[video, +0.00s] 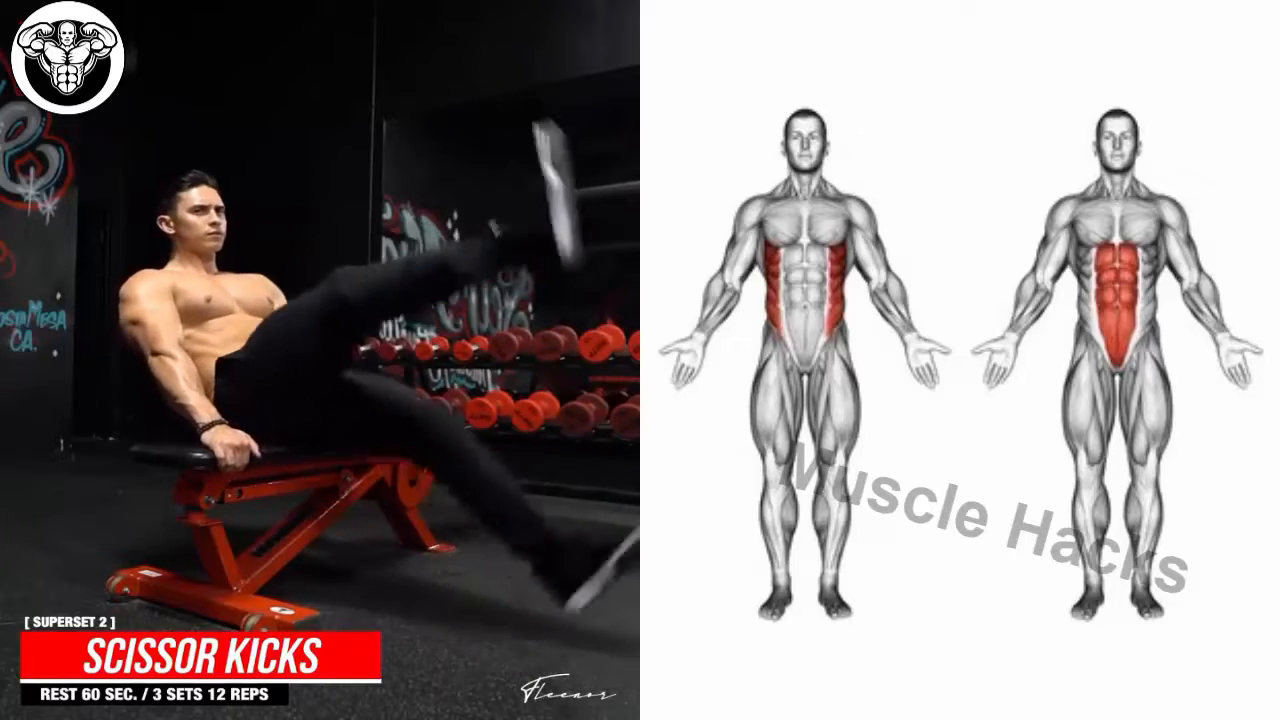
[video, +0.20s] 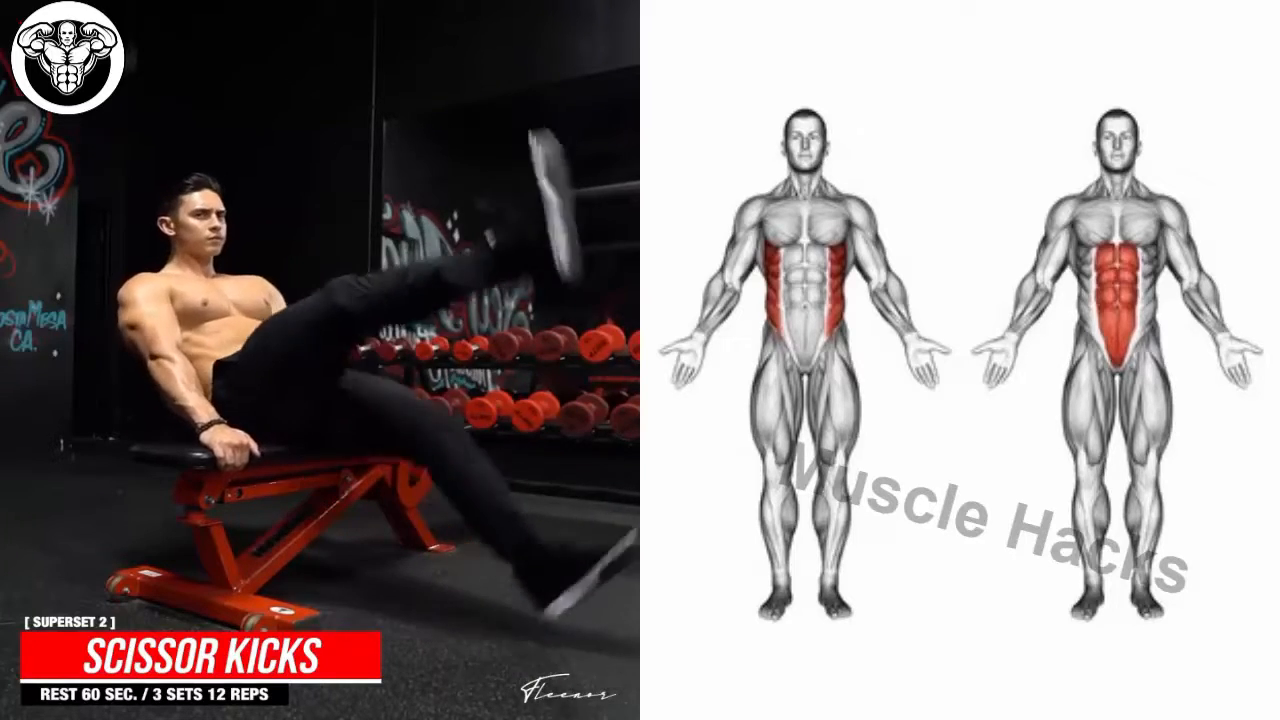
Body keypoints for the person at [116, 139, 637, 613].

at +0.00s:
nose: (215, 221)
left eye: (218, 211)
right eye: (200, 212)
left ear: (223, 220)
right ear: (168, 223)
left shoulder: (258, 284)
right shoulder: (147, 286)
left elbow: (310, 341)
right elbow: (166, 357)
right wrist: (211, 423)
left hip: (311, 397)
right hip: (248, 396)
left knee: (435, 425)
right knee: (341, 293)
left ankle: (560, 562)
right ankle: (516, 247)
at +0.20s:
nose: (215, 225)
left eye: (220, 216)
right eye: (200, 215)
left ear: (225, 225)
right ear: (168, 225)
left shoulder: (257, 286)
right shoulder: (145, 288)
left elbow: (309, 343)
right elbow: (165, 358)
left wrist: (344, 400)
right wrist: (210, 424)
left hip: (308, 394)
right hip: (244, 397)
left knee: (434, 424)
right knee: (338, 299)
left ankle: (541, 570)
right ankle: (520, 256)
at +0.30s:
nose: (210, 227)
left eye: (214, 218)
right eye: (195, 218)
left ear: (218, 229)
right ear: (162, 231)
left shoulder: (250, 290)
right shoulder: (142, 294)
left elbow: (306, 349)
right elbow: (163, 361)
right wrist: (208, 425)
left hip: (298, 395)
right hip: (237, 395)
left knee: (432, 396)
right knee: (348, 329)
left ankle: (573, 492)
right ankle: (528, 350)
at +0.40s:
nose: (209, 228)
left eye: (211, 219)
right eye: (193, 219)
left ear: (214, 232)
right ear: (161, 233)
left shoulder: (248, 293)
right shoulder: (142, 294)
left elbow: (307, 350)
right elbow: (166, 362)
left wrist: (368, 400)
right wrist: (208, 425)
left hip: (298, 385)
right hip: (238, 401)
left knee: (429, 346)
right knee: (371, 368)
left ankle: (593, 388)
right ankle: (540, 470)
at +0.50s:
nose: (209, 229)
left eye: (212, 220)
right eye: (195, 221)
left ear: (216, 230)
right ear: (164, 233)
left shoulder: (252, 295)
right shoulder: (145, 293)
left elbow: (314, 355)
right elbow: (167, 360)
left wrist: (374, 385)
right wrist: (209, 424)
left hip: (301, 379)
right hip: (245, 390)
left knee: (400, 316)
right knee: (370, 419)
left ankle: (559, 286)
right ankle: (521, 552)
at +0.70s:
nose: (223, 223)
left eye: (226, 215)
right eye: (209, 214)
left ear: (229, 225)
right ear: (176, 227)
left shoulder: (261, 287)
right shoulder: (155, 290)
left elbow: (320, 350)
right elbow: (171, 357)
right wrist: (209, 424)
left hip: (305, 375)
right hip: (251, 389)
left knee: (383, 292)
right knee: (375, 412)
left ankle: (527, 217)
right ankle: (514, 549)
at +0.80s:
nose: (226, 226)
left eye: (230, 217)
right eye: (212, 216)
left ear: (233, 226)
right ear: (180, 226)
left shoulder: (263, 287)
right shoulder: (156, 289)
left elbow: (322, 351)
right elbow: (173, 356)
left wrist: (376, 402)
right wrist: (209, 421)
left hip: (306, 378)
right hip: (251, 395)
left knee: (390, 304)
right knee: (365, 373)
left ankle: (548, 293)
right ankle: (535, 446)